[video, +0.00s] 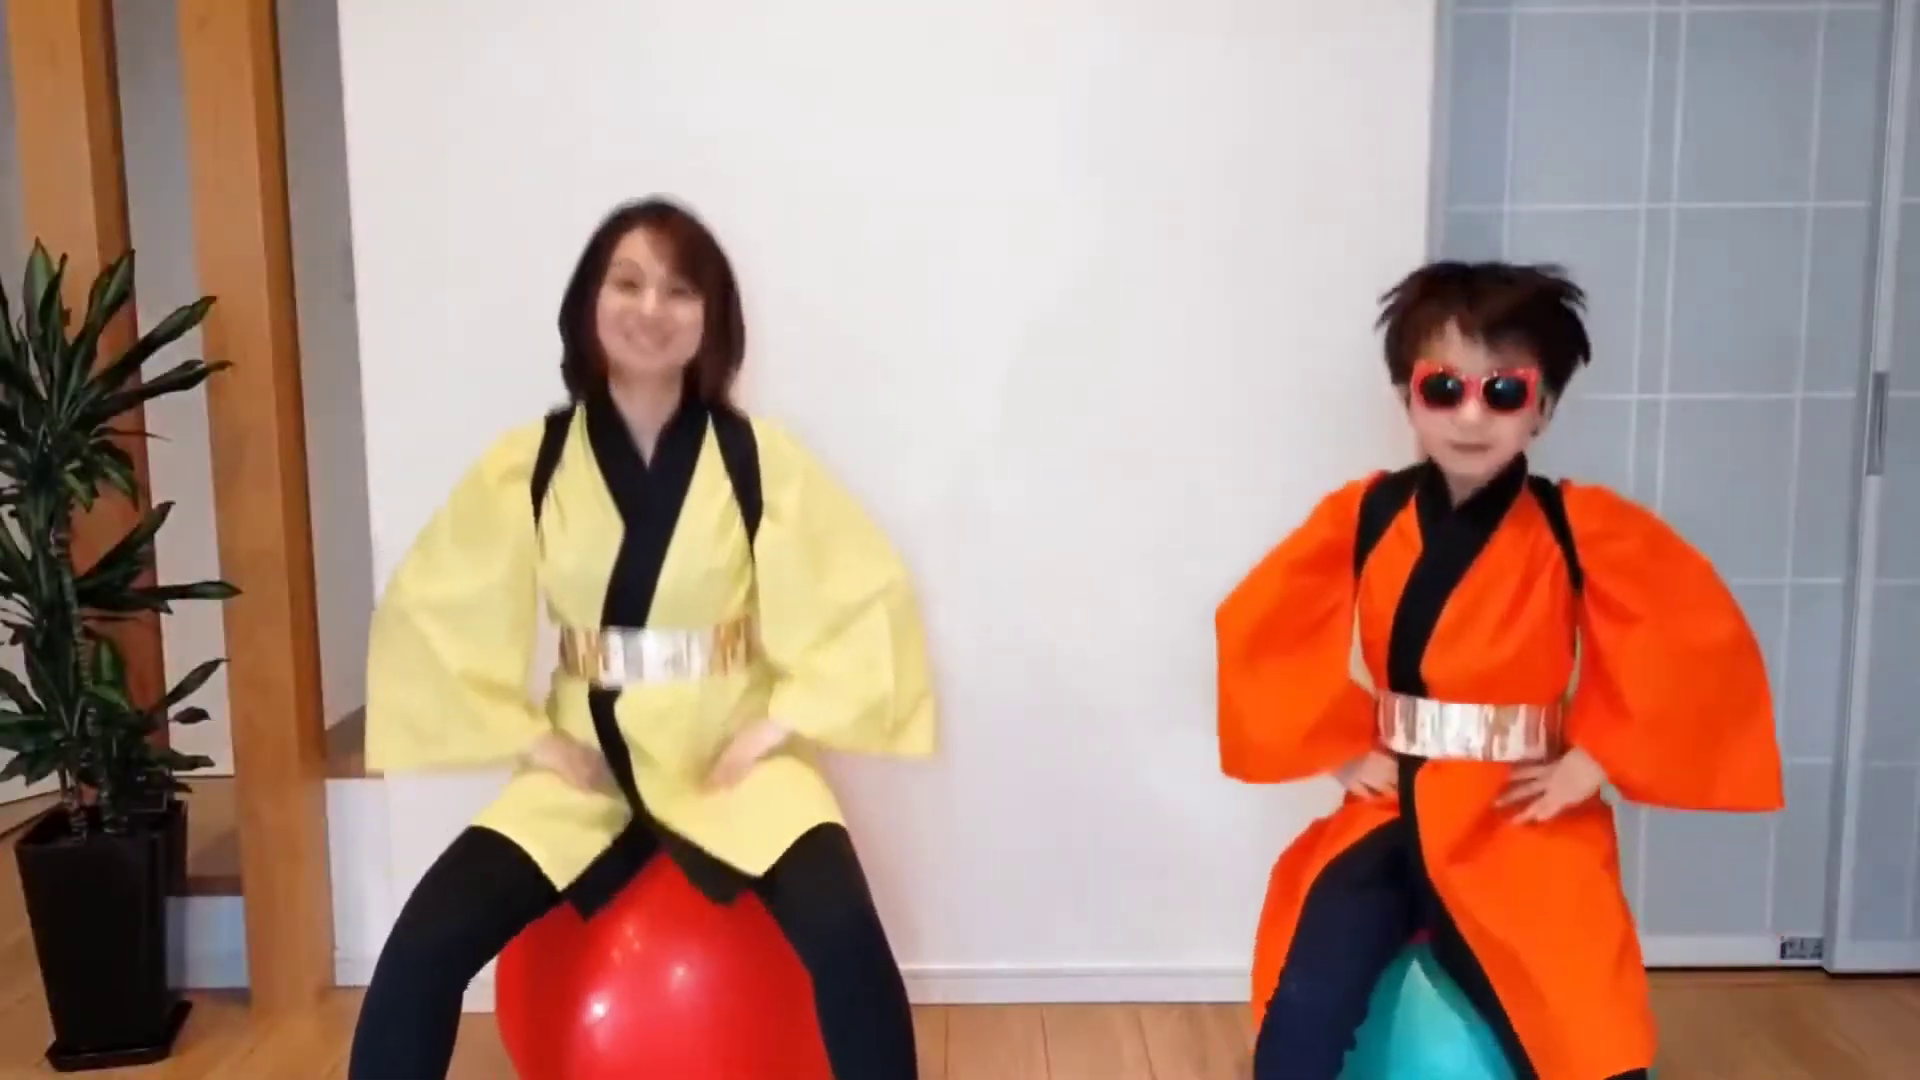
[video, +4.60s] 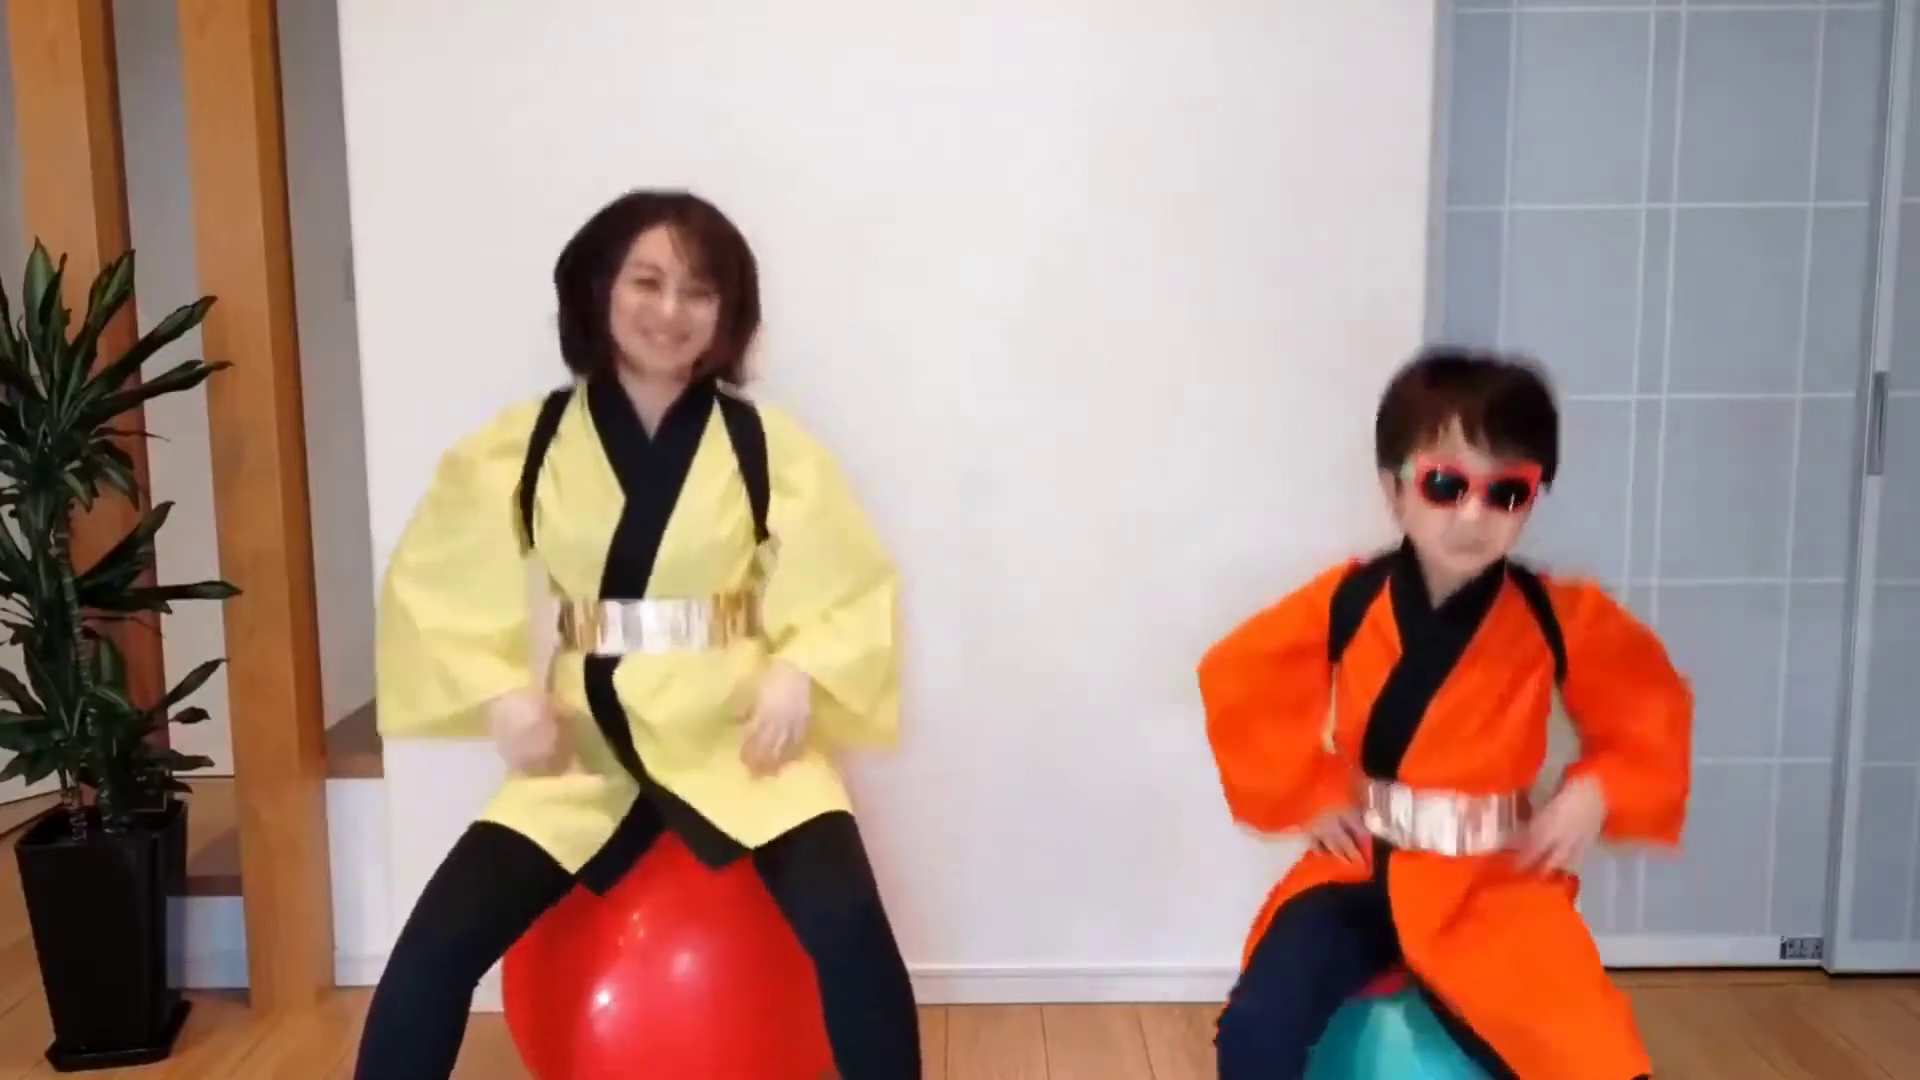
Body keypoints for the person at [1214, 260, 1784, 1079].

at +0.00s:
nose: (1471, 415)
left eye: (1505, 390)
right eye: (1443, 387)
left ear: (1543, 409)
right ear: (1407, 397)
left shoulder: (1582, 525)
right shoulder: (1363, 517)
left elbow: (1702, 642)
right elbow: (1256, 630)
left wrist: (1597, 756)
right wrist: (1341, 743)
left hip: (1529, 820)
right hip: (1392, 813)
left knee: (1595, 1030)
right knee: (1307, 994)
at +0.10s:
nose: (1465, 464)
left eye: (1499, 439)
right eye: (1436, 437)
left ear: (1537, 458)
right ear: (1401, 448)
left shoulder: (1576, 573)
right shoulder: (1362, 562)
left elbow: (1687, 687)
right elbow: (1251, 669)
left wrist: (1589, 796)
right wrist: (1341, 783)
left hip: (1522, 849)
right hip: (1385, 841)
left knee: (1599, 1041)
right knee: (1299, 1012)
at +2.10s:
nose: (1476, 426)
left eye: (1509, 402)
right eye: (1445, 400)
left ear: (1542, 415)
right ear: (1402, 416)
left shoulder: (1573, 540)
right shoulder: (1363, 527)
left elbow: (1691, 663)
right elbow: (1238, 629)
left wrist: (1583, 776)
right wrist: (1338, 747)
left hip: (1515, 821)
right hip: (1381, 810)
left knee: (1613, 1026)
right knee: (1300, 969)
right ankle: (1281, 1067)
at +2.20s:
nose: (1473, 472)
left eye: (1505, 448)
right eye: (1443, 445)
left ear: (1538, 461)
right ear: (1401, 456)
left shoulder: (1570, 583)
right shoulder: (1360, 569)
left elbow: (1688, 702)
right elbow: (1233, 667)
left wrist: (1579, 814)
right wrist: (1330, 794)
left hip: (1513, 853)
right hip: (1374, 842)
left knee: (1611, 1039)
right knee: (1300, 983)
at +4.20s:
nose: (1468, 430)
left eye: (1500, 405)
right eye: (1438, 402)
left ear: (1529, 419)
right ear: (1390, 421)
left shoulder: (1561, 546)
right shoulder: (1348, 537)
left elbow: (1679, 666)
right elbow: (1227, 644)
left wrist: (1573, 782)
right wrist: (1328, 759)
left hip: (1506, 833)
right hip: (1369, 821)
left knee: (1596, 1021)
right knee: (1303, 936)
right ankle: (1270, 1068)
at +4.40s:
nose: (1470, 542)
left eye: (1499, 521)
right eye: (1438, 516)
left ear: (1524, 536)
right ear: (1387, 531)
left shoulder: (1554, 654)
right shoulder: (1346, 642)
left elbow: (1678, 765)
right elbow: (1227, 741)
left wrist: (1571, 863)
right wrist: (1329, 837)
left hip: (1502, 906)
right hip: (1366, 895)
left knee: (1585, 1045)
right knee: (1314, 964)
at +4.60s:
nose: (1474, 514)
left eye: (1507, 492)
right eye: (1445, 484)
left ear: (1535, 499)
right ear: (1394, 487)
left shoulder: (1558, 614)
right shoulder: (1350, 599)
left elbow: (1654, 706)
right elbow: (1236, 678)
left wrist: (1595, 792)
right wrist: (1304, 792)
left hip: (1495, 880)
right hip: (1358, 868)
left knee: (1593, 1052)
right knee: (1258, 1026)